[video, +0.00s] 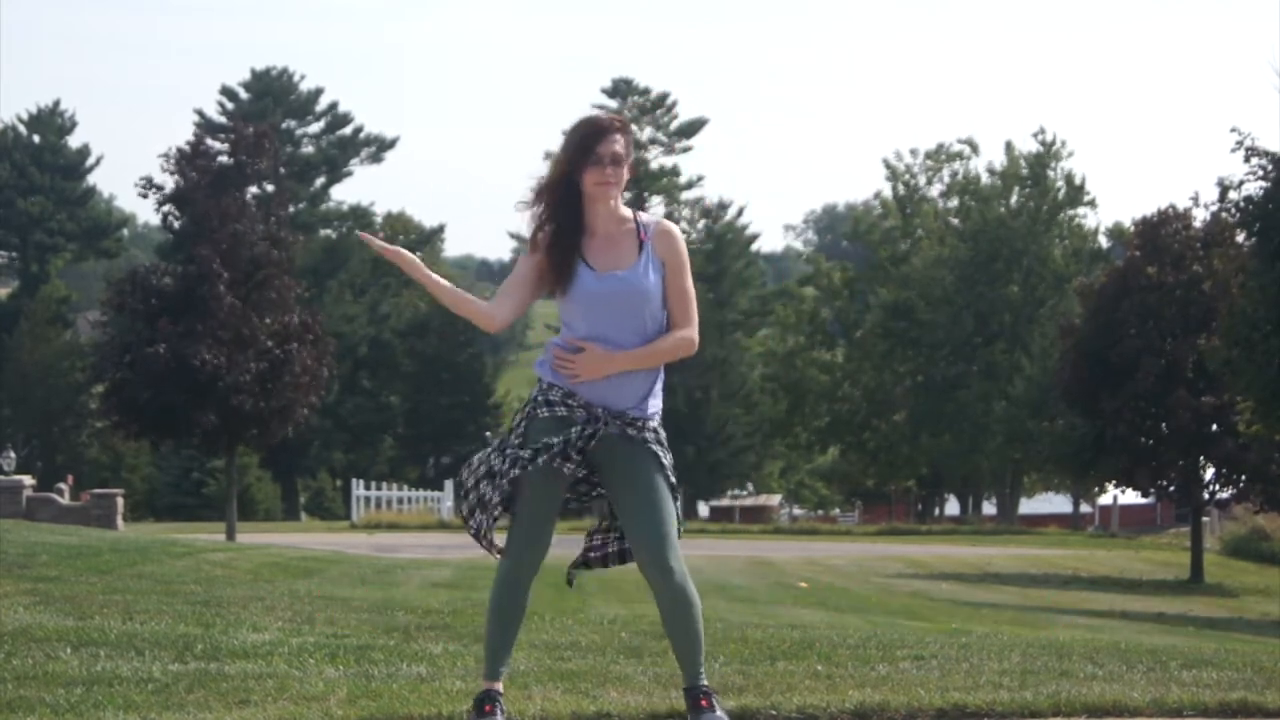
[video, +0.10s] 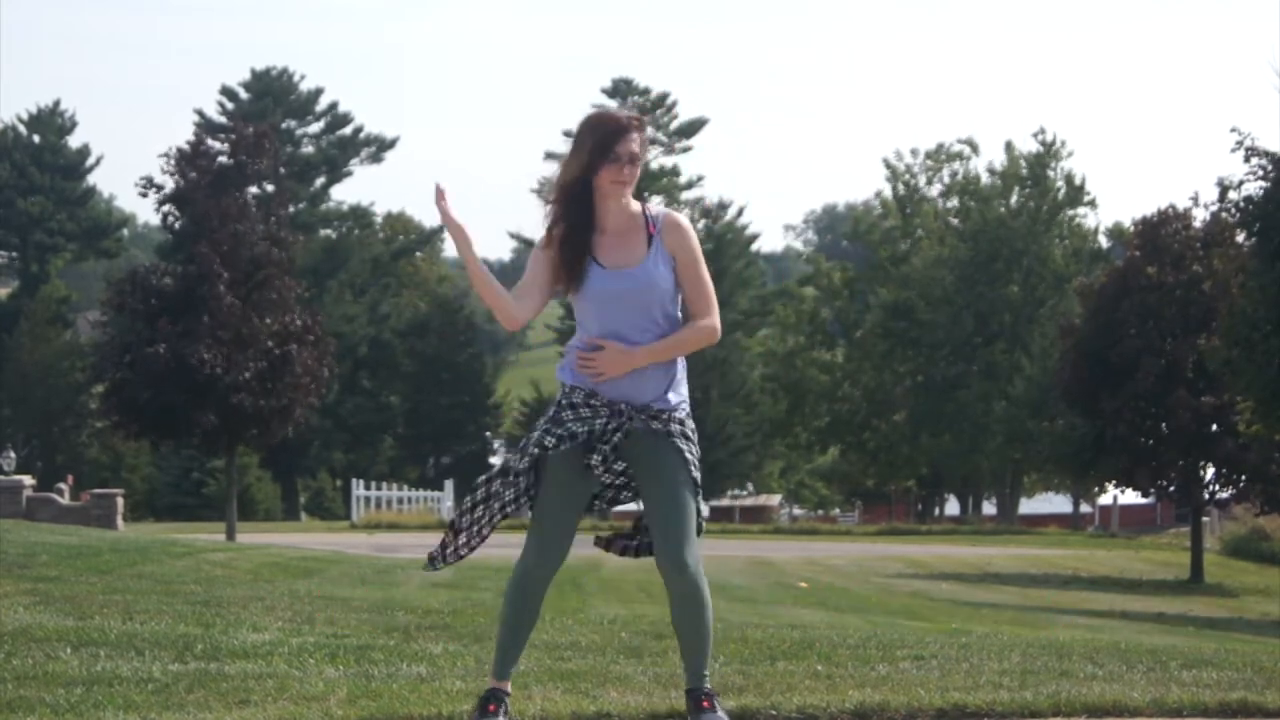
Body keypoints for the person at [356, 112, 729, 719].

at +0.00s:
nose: (613, 171)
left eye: (621, 162)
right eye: (601, 161)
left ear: (632, 170)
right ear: (575, 168)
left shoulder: (661, 238)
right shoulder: (554, 243)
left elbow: (686, 336)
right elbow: (494, 316)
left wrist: (614, 362)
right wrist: (418, 269)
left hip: (631, 421)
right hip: (556, 410)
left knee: (663, 561)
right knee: (525, 551)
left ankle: (699, 692)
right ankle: (491, 691)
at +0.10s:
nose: (624, 171)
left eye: (633, 161)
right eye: (613, 160)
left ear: (643, 164)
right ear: (588, 163)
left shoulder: (670, 227)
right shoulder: (564, 237)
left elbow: (709, 325)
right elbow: (514, 313)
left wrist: (636, 357)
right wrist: (462, 239)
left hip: (658, 414)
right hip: (580, 412)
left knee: (680, 558)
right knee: (544, 550)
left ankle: (700, 693)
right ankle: (496, 688)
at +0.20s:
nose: (644, 168)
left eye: (652, 157)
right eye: (633, 158)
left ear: (659, 160)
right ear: (602, 160)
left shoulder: (678, 223)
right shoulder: (574, 230)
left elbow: (738, 312)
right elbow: (527, 303)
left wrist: (663, 346)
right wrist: (531, 220)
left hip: (683, 404)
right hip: (605, 404)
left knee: (693, 549)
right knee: (574, 544)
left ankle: (703, 693)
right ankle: (530, 683)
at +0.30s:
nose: (667, 170)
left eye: (670, 160)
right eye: (657, 159)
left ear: (666, 162)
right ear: (624, 159)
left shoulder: (687, 226)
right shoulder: (580, 228)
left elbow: (760, 304)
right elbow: (543, 294)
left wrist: (689, 343)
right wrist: (597, 237)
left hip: (693, 404)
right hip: (621, 405)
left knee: (696, 551)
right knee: (604, 546)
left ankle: (702, 691)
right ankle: (610, 681)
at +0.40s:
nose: (676, 177)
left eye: (681, 166)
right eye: (667, 165)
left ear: (681, 167)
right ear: (633, 164)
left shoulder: (696, 229)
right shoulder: (592, 227)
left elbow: (764, 309)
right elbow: (570, 298)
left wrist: (698, 354)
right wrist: (650, 285)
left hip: (693, 407)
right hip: (622, 408)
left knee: (691, 550)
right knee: (631, 551)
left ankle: (702, 691)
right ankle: (656, 683)